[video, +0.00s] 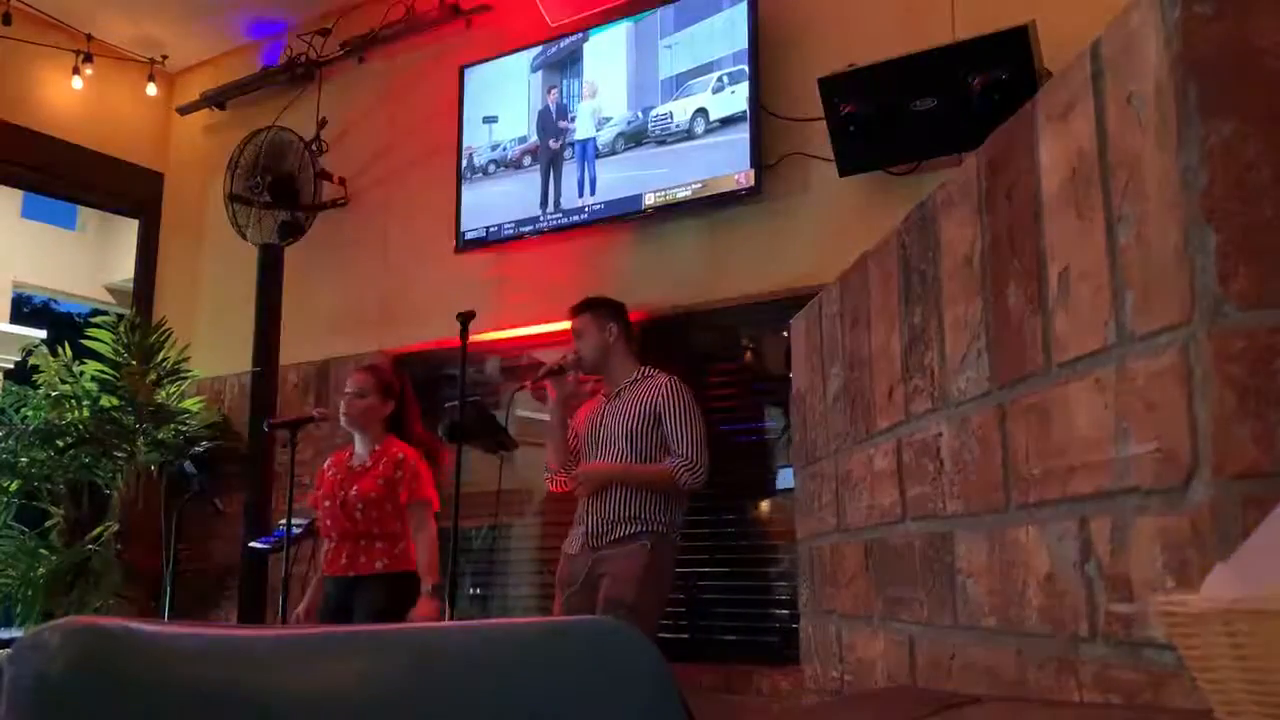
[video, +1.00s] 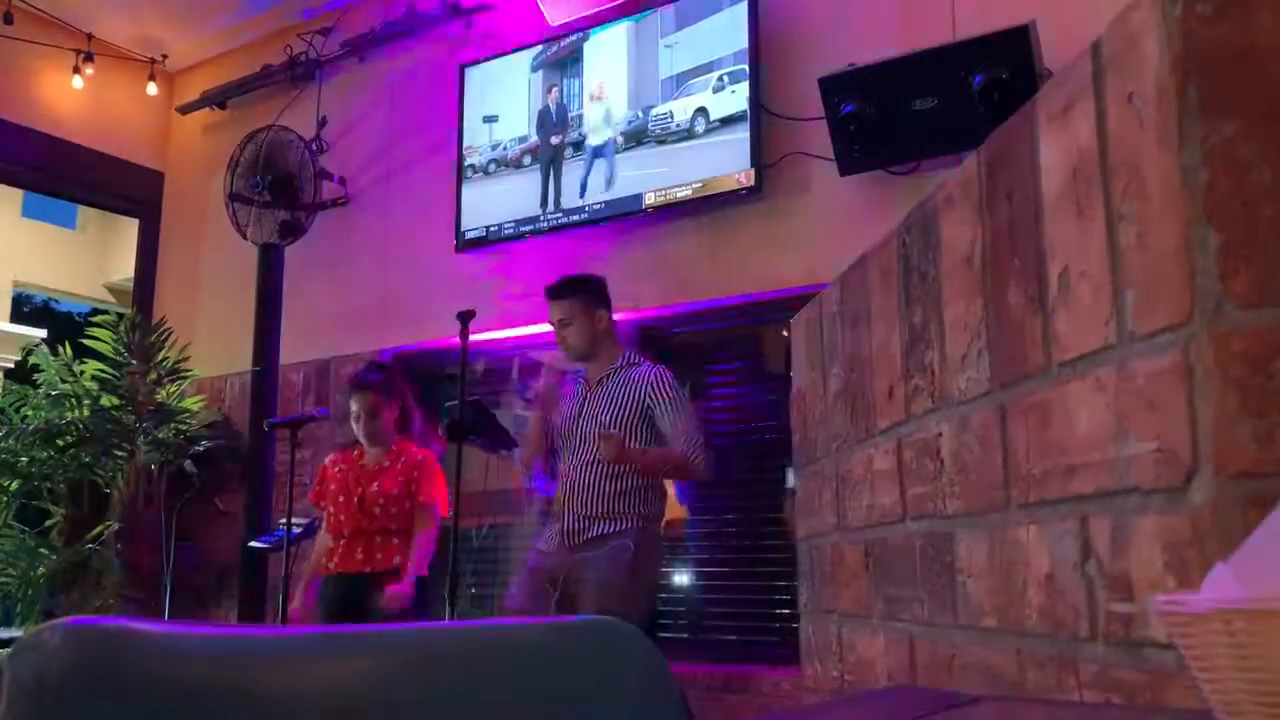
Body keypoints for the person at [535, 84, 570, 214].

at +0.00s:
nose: (556, 96)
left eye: (557, 93)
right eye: (553, 94)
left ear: (558, 95)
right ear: (548, 96)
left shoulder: (563, 108)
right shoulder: (542, 112)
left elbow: (565, 126)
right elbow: (539, 130)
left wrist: (561, 139)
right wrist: (548, 142)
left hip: (559, 147)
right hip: (546, 148)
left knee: (558, 178)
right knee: (545, 178)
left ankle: (557, 204)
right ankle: (543, 206)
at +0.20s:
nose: (555, 96)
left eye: (557, 94)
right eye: (553, 94)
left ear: (558, 96)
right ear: (548, 95)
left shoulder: (563, 109)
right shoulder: (542, 111)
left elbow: (566, 125)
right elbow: (538, 130)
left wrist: (564, 139)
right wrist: (543, 140)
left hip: (559, 145)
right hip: (546, 146)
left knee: (558, 177)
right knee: (545, 178)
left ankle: (557, 204)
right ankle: (543, 206)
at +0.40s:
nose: (558, 95)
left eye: (559, 92)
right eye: (556, 92)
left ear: (559, 94)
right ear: (549, 95)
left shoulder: (562, 108)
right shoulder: (542, 111)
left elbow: (566, 125)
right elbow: (538, 130)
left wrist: (564, 137)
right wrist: (544, 140)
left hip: (559, 145)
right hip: (546, 146)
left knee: (557, 177)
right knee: (545, 177)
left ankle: (557, 204)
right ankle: (543, 206)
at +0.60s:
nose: (558, 95)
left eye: (559, 92)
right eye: (556, 93)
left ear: (559, 94)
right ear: (549, 94)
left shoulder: (562, 108)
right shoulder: (542, 111)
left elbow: (566, 125)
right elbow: (538, 131)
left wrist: (561, 136)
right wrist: (549, 139)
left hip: (559, 146)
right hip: (546, 147)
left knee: (557, 177)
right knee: (545, 178)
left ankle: (557, 204)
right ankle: (543, 206)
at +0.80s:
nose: (557, 95)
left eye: (558, 92)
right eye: (555, 92)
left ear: (559, 94)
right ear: (549, 95)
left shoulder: (562, 108)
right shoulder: (542, 111)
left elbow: (566, 125)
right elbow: (539, 130)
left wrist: (561, 136)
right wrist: (549, 139)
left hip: (559, 147)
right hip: (546, 148)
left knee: (557, 177)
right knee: (545, 178)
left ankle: (557, 204)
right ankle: (543, 206)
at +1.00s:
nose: (557, 94)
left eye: (558, 92)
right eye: (555, 92)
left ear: (559, 94)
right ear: (549, 94)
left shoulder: (562, 108)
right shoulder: (542, 111)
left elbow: (565, 125)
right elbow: (539, 130)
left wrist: (561, 136)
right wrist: (548, 139)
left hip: (559, 147)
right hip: (546, 147)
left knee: (558, 177)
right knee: (545, 178)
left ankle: (557, 204)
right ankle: (543, 206)